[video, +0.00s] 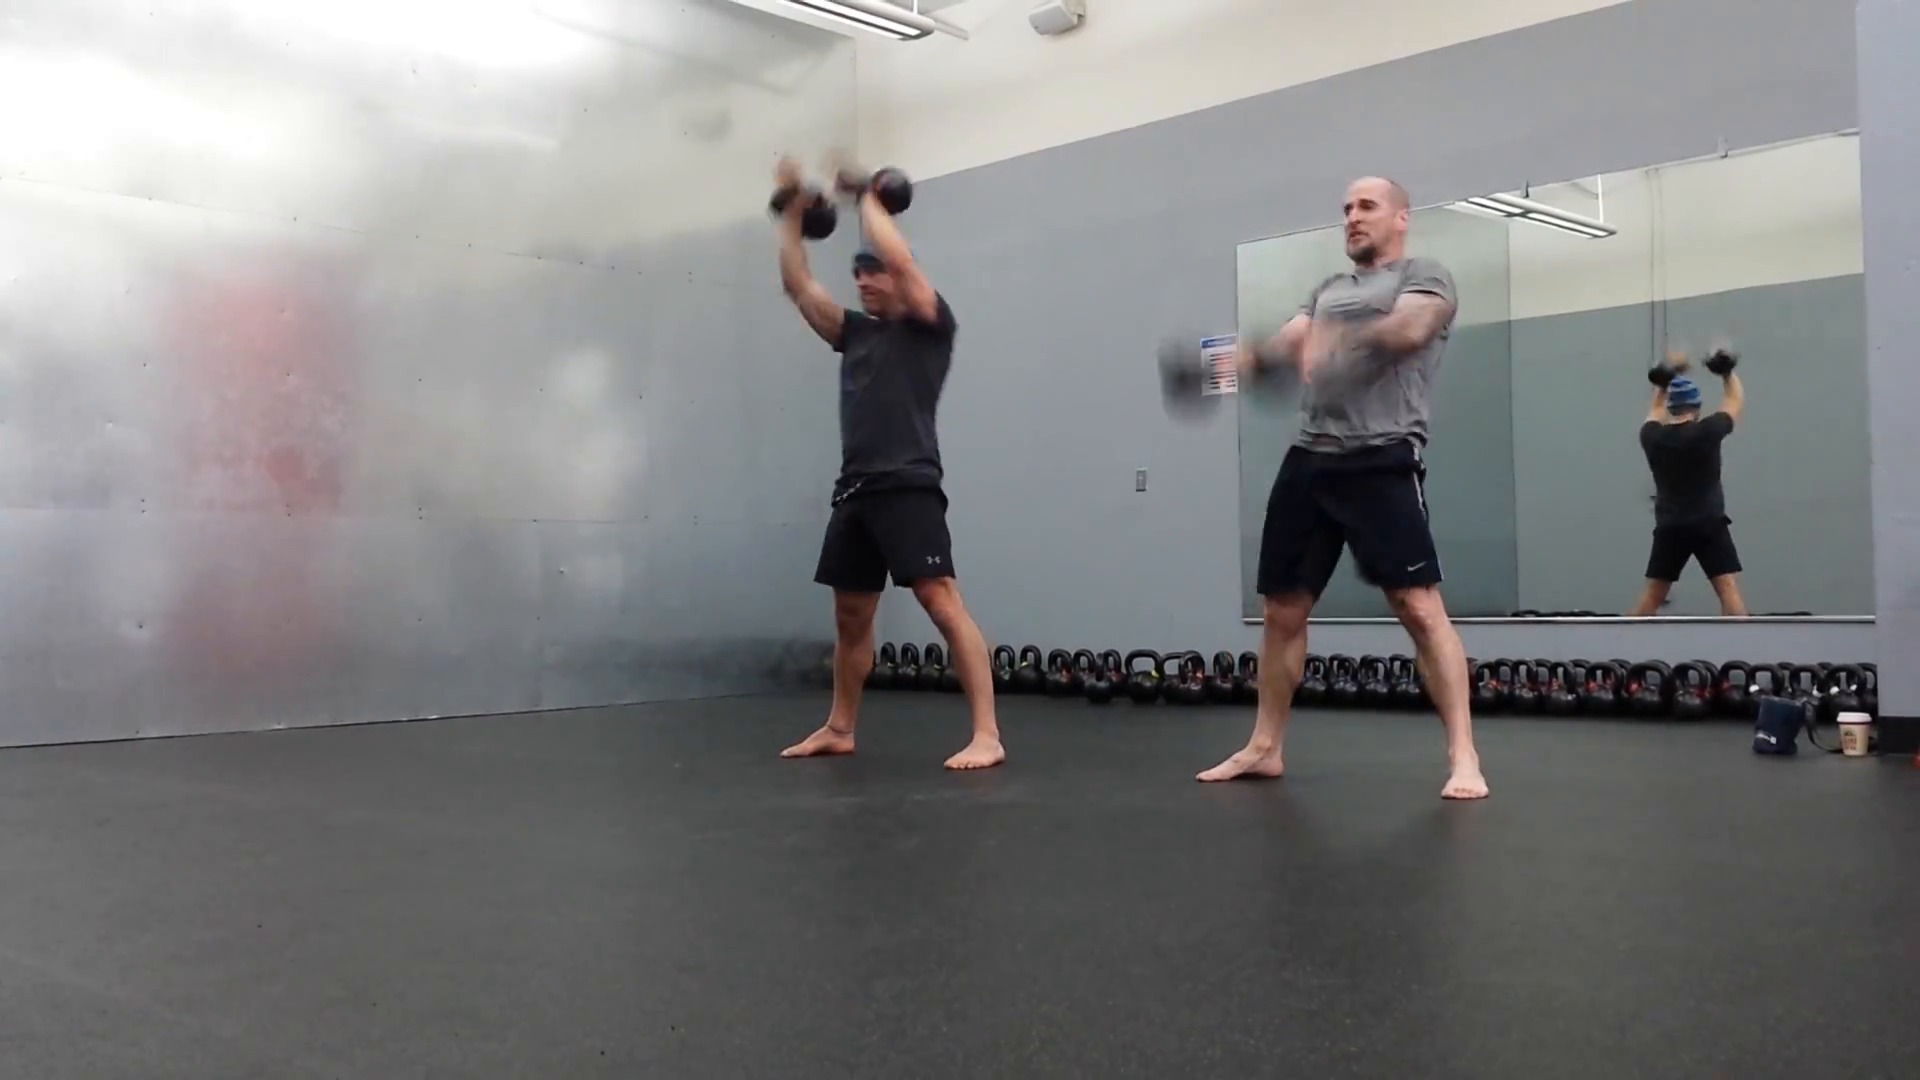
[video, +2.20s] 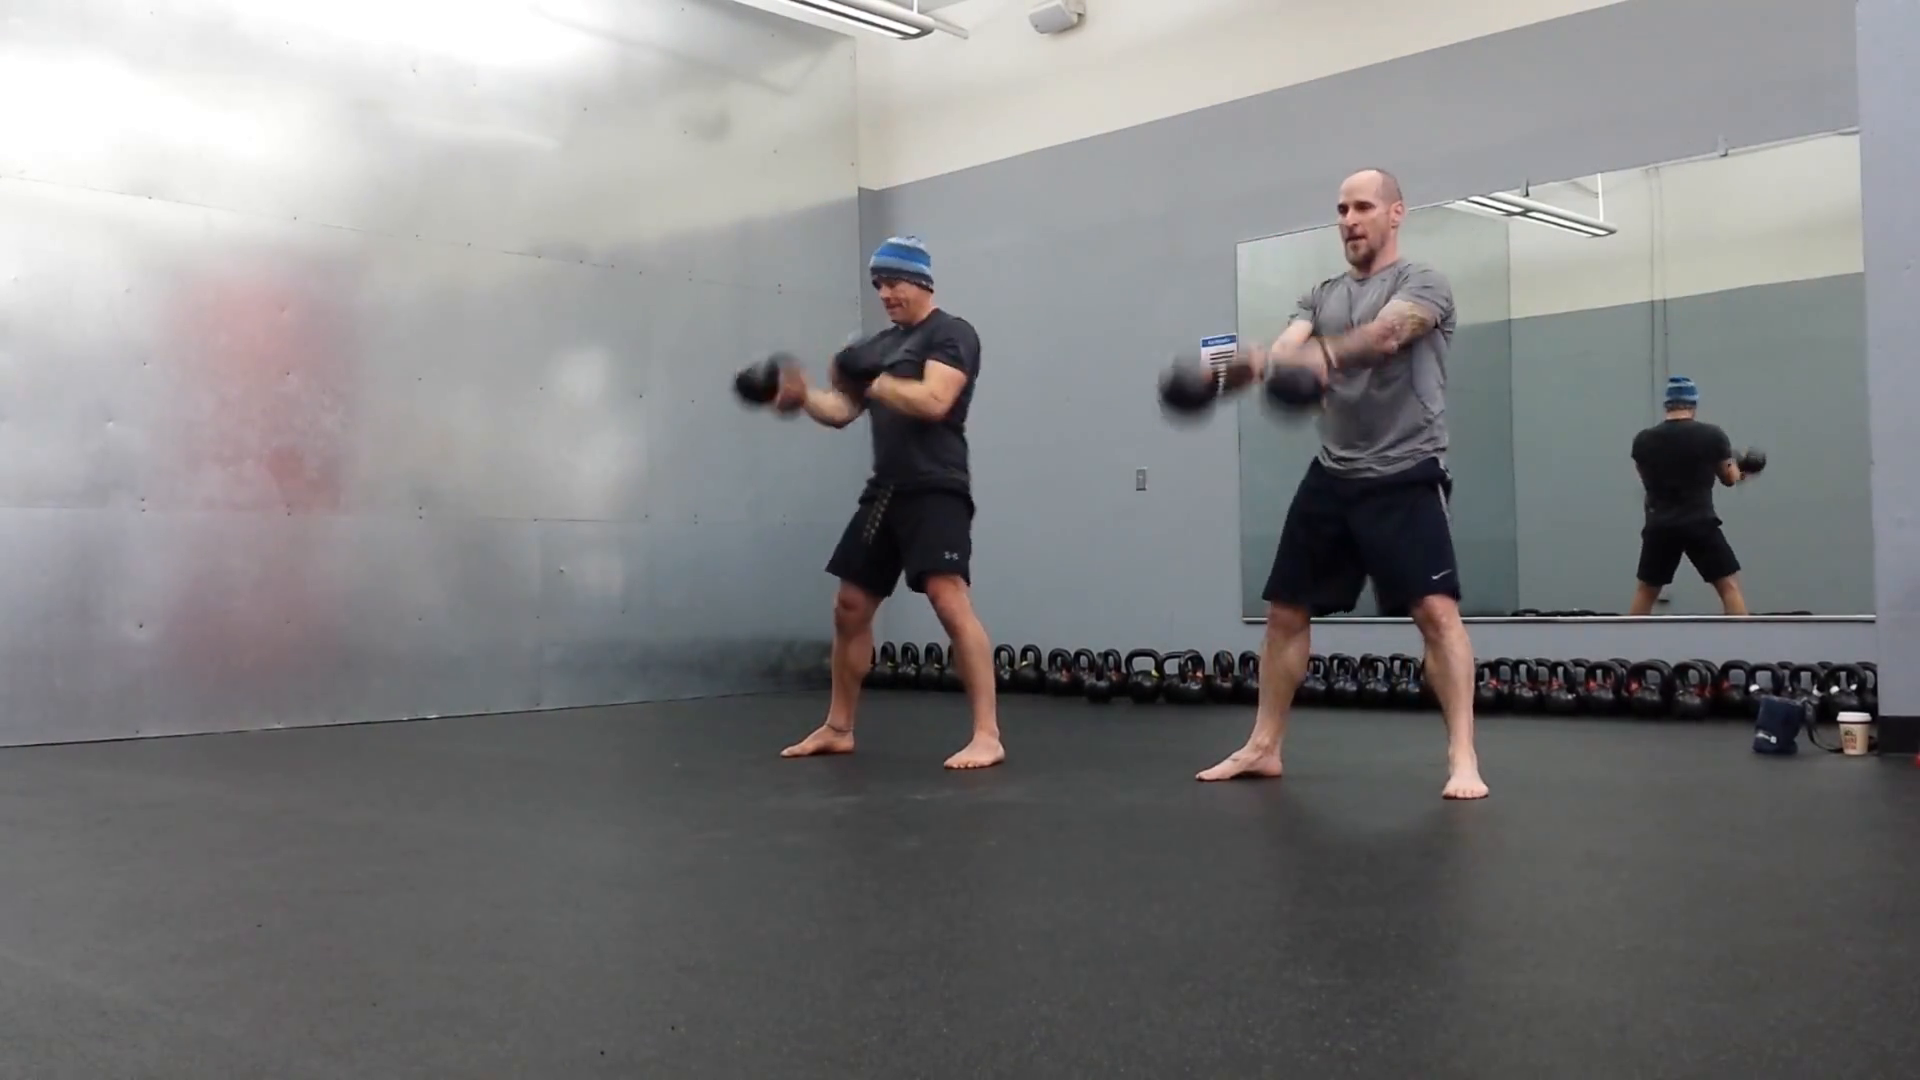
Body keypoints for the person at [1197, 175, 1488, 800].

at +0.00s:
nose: (1353, 218)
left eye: (1367, 206)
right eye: (1347, 210)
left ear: (1402, 218)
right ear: (1343, 225)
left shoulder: (1427, 278)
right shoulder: (1328, 292)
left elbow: (1406, 332)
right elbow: (1289, 344)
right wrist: (1248, 358)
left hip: (1384, 466)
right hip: (1311, 466)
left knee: (1420, 610)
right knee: (1282, 611)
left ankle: (1463, 757)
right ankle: (1264, 746)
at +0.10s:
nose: (1347, 216)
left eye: (1361, 205)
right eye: (1341, 208)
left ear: (1398, 219)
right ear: (1334, 224)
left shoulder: (1419, 276)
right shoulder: (1320, 295)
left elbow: (1415, 321)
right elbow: (1253, 344)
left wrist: (1341, 266)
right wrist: (1231, 282)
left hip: (1374, 468)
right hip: (1297, 471)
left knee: (1413, 612)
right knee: (1279, 613)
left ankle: (1461, 757)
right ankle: (1265, 747)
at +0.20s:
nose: (1323, 210)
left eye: (1334, 199)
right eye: (1316, 201)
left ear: (1363, 209)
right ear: (1309, 213)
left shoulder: (1393, 269)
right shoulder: (1297, 280)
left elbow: (1409, 264)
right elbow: (1211, 285)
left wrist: (1364, 195)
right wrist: (1221, 215)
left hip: (1367, 465)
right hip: (1289, 468)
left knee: (1412, 612)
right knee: (1280, 613)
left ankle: (1457, 755)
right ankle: (1264, 744)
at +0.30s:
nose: (1297, 202)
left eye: (1312, 189)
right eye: (1292, 193)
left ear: (1351, 194)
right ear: (1289, 202)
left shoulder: (1379, 256)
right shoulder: (1280, 265)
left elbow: (1381, 180)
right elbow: (1208, 212)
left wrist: (1337, 94)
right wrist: (1219, 126)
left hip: (1363, 464)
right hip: (1286, 468)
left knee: (1412, 614)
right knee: (1282, 617)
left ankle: (1459, 759)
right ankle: (1264, 745)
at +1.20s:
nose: (1335, 202)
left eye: (1348, 193)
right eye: (1329, 195)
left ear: (1375, 208)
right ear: (1322, 214)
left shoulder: (1399, 278)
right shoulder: (1297, 287)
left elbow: (1380, 271)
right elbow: (1222, 287)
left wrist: (1368, 191)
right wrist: (1248, 209)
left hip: (1370, 477)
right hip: (1292, 476)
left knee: (1414, 617)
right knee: (1285, 619)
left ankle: (1459, 761)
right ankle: (1265, 746)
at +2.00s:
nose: (1341, 205)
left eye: (1356, 194)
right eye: (1336, 196)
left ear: (1391, 205)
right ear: (1330, 210)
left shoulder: (1416, 278)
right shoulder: (1313, 282)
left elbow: (1390, 340)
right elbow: (1266, 361)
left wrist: (1334, 286)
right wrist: (1251, 299)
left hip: (1386, 472)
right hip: (1310, 472)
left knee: (1423, 615)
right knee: (1289, 614)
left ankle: (1462, 759)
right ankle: (1264, 746)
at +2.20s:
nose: (1348, 219)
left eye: (1362, 207)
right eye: (1343, 210)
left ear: (1396, 214)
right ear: (1337, 220)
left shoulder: (1425, 285)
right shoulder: (1323, 297)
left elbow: (1386, 335)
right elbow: (1283, 351)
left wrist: (1316, 360)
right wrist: (1228, 369)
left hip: (1406, 475)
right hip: (1332, 475)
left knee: (1436, 611)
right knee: (1285, 608)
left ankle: (1463, 759)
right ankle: (1264, 746)